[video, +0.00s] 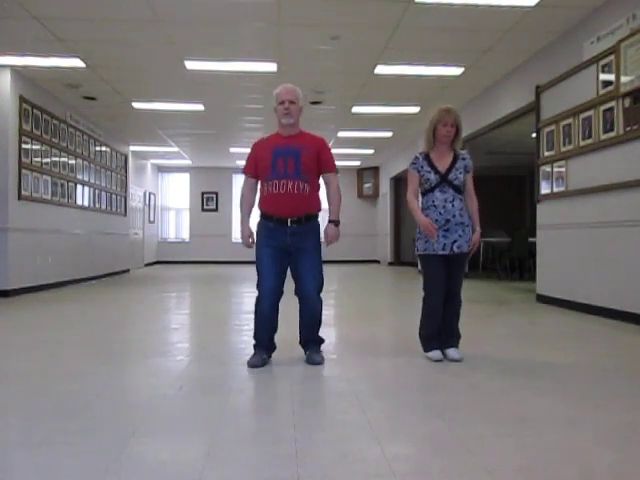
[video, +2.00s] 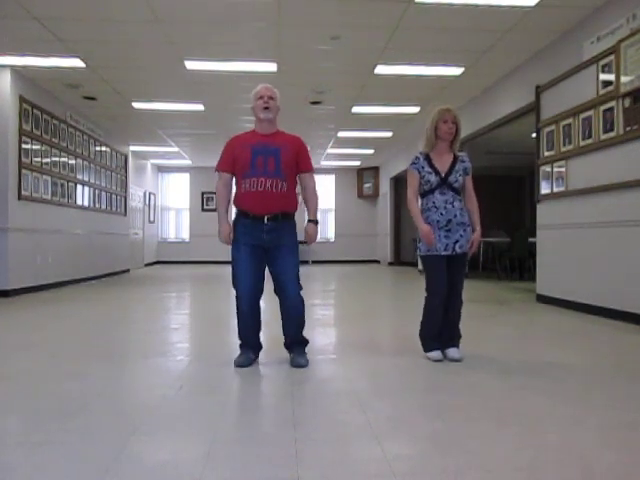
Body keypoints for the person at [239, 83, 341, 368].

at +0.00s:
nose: (287, 107)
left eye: (292, 102)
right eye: (281, 103)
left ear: (301, 107)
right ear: (274, 108)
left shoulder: (317, 145)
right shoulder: (261, 147)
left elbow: (332, 184)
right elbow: (250, 186)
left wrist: (334, 220)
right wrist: (244, 222)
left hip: (306, 229)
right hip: (271, 228)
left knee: (311, 291)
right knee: (268, 292)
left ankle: (312, 345)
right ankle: (262, 348)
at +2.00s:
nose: (266, 101)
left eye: (271, 97)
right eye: (260, 97)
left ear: (279, 107)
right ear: (252, 107)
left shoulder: (294, 144)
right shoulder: (236, 143)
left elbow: (307, 183)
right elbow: (224, 183)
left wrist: (312, 219)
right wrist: (223, 221)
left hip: (283, 225)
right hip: (246, 225)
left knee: (290, 291)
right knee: (245, 292)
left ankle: (297, 348)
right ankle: (248, 348)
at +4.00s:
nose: (271, 98)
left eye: (276, 93)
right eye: (265, 94)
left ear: (286, 101)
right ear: (258, 102)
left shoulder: (302, 138)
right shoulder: (244, 139)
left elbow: (316, 179)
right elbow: (231, 179)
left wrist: (319, 215)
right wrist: (233, 215)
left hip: (292, 222)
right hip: (255, 221)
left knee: (287, 288)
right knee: (251, 285)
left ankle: (277, 347)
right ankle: (255, 348)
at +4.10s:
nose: (270, 97)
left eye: (275, 93)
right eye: (265, 94)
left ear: (285, 102)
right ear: (258, 102)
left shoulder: (301, 139)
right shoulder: (243, 139)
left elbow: (313, 179)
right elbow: (229, 178)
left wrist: (311, 213)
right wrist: (232, 215)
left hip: (293, 221)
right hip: (258, 220)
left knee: (289, 288)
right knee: (262, 285)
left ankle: (277, 348)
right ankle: (257, 348)